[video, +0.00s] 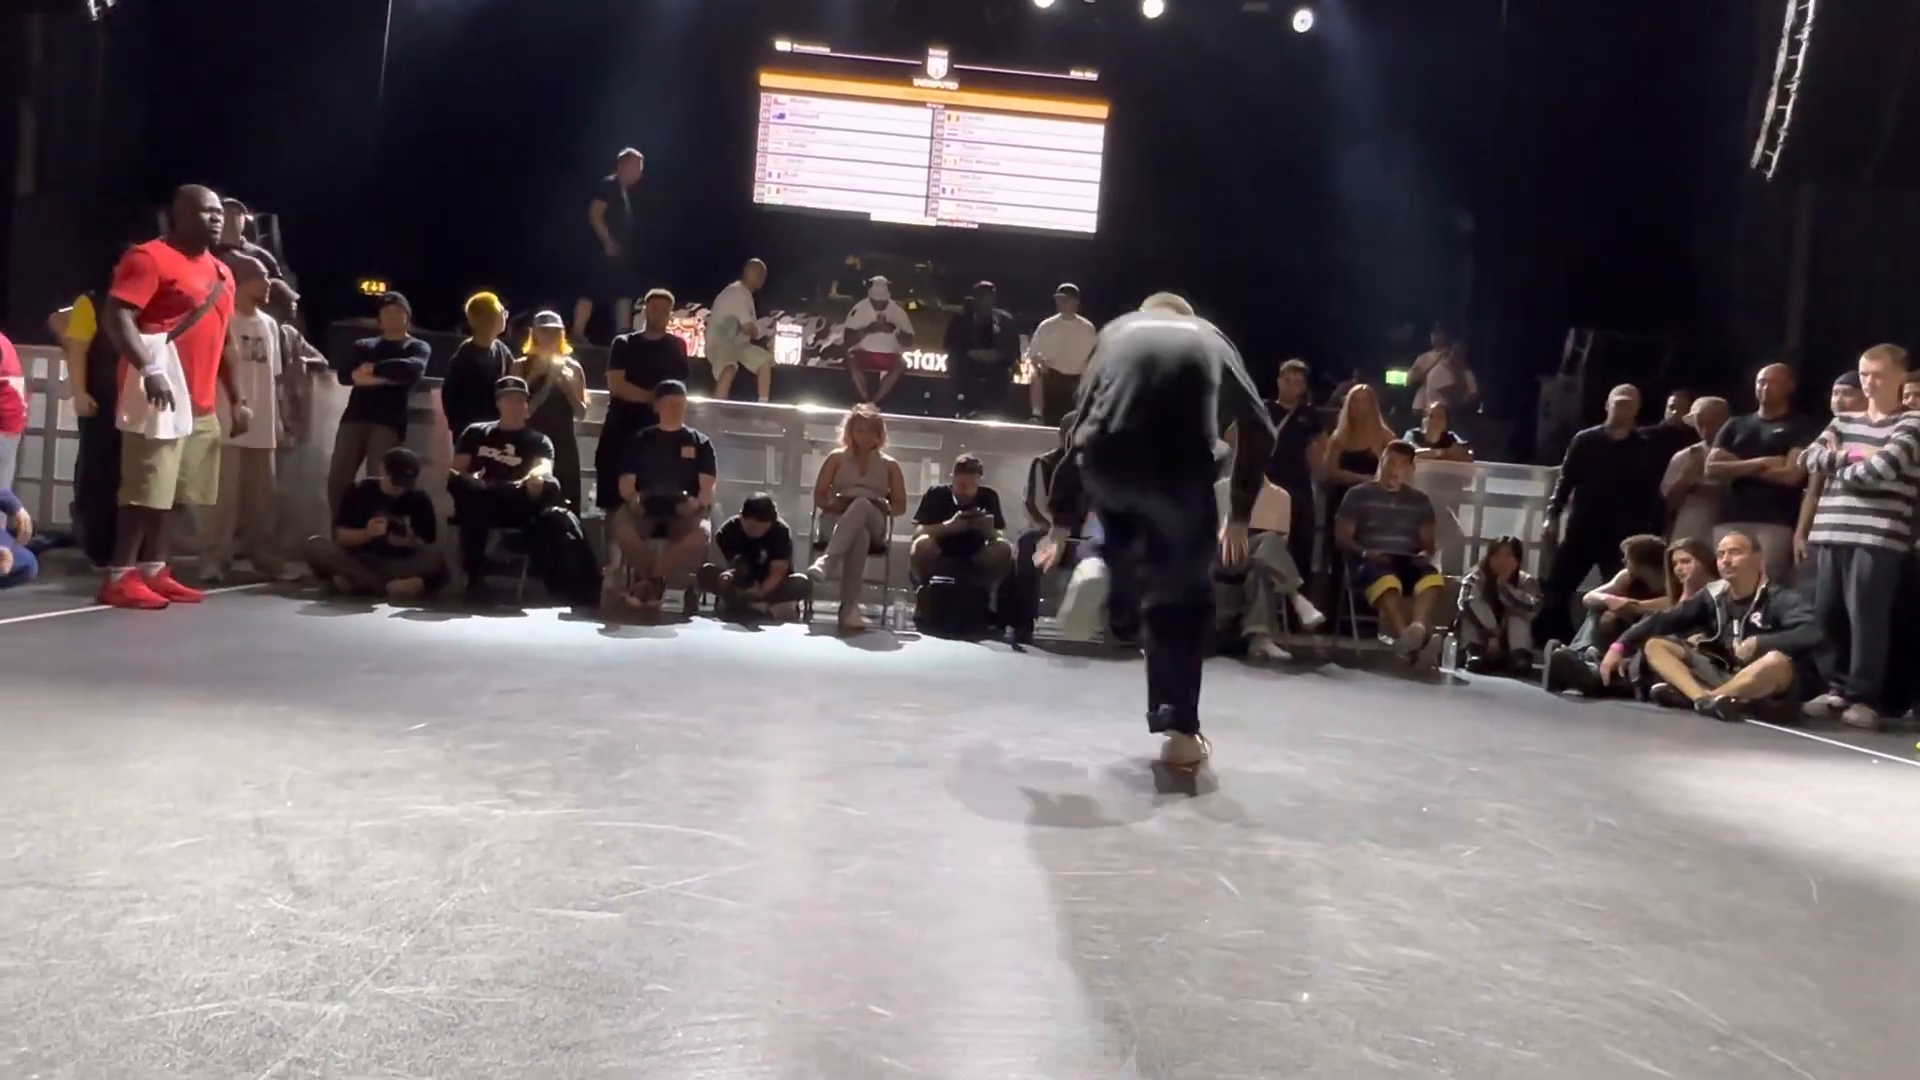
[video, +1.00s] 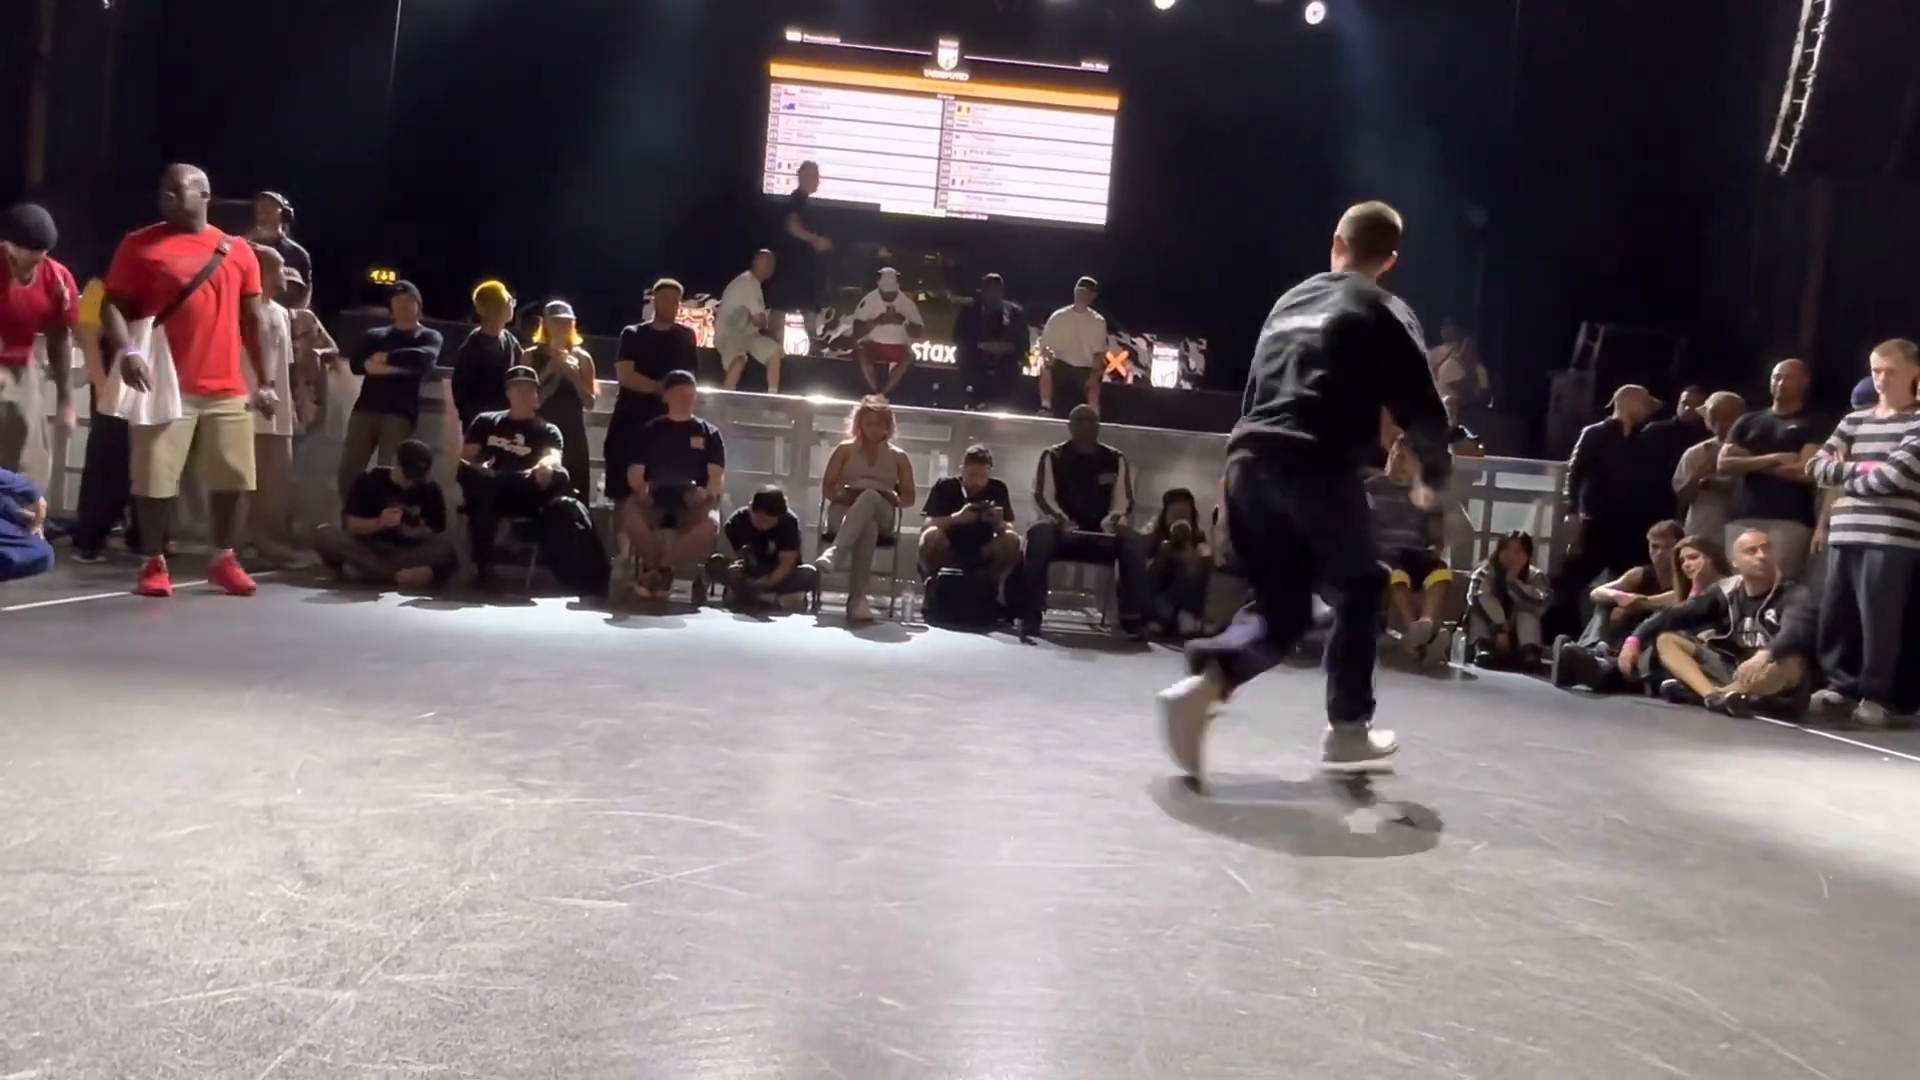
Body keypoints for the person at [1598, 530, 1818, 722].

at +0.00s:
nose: (1725, 560)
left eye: (1734, 553)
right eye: (1721, 555)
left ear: (1757, 558)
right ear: (1717, 562)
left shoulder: (1781, 598)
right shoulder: (1712, 596)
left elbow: (1812, 633)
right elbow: (1666, 620)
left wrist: (1757, 642)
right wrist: (1620, 646)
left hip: (1770, 689)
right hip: (1724, 678)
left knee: (1775, 661)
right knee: (1654, 647)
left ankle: (1704, 700)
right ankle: (1704, 699)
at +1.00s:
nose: (1761, 557)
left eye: (1766, 549)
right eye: (1751, 551)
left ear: (1773, 555)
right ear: (1736, 561)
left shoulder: (1794, 594)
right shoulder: (1724, 592)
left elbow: (1795, 631)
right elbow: (1677, 615)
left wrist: (1767, 654)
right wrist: (1635, 640)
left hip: (1775, 671)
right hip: (1731, 669)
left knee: (1792, 663)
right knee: (1666, 642)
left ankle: (1717, 695)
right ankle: (1712, 696)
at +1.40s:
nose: (1762, 559)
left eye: (1765, 552)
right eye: (1752, 554)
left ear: (1771, 553)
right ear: (1732, 562)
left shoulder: (1793, 590)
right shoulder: (1721, 591)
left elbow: (1795, 628)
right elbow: (1671, 614)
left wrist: (1754, 656)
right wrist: (1658, 633)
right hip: (1729, 667)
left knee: (1793, 661)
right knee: (1663, 643)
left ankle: (1718, 694)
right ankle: (1714, 694)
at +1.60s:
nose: (1758, 558)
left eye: (1762, 550)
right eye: (1748, 552)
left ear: (1770, 554)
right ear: (1732, 561)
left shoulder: (1792, 593)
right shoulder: (1722, 591)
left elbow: (1768, 633)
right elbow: (1669, 616)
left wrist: (1717, 655)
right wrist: (1685, 638)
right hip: (1728, 674)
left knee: (1789, 659)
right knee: (1658, 637)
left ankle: (1717, 694)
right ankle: (1713, 694)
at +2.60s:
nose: (1760, 558)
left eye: (1767, 551)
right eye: (1752, 552)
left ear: (1776, 557)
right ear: (1738, 560)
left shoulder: (1795, 592)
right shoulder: (1728, 590)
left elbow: (1794, 629)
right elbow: (1680, 610)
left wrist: (1742, 649)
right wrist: (1667, 624)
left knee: (1788, 659)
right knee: (1661, 637)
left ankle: (1712, 697)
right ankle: (1711, 694)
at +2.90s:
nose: (1762, 560)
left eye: (1770, 554)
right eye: (1754, 554)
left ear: (1781, 561)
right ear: (1740, 562)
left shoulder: (1796, 599)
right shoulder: (1727, 593)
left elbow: (1796, 634)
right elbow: (1685, 611)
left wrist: (1767, 664)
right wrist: (1639, 630)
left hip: (1774, 679)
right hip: (1730, 672)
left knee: (1792, 667)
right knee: (1667, 644)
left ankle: (1714, 698)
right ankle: (1712, 696)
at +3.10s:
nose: (1759, 562)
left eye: (1767, 556)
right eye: (1751, 555)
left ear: (1778, 564)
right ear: (1738, 564)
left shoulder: (1792, 602)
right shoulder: (1724, 593)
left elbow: (1802, 644)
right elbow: (1686, 619)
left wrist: (1764, 677)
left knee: (1795, 674)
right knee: (1674, 650)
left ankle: (1727, 697)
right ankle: (1712, 698)